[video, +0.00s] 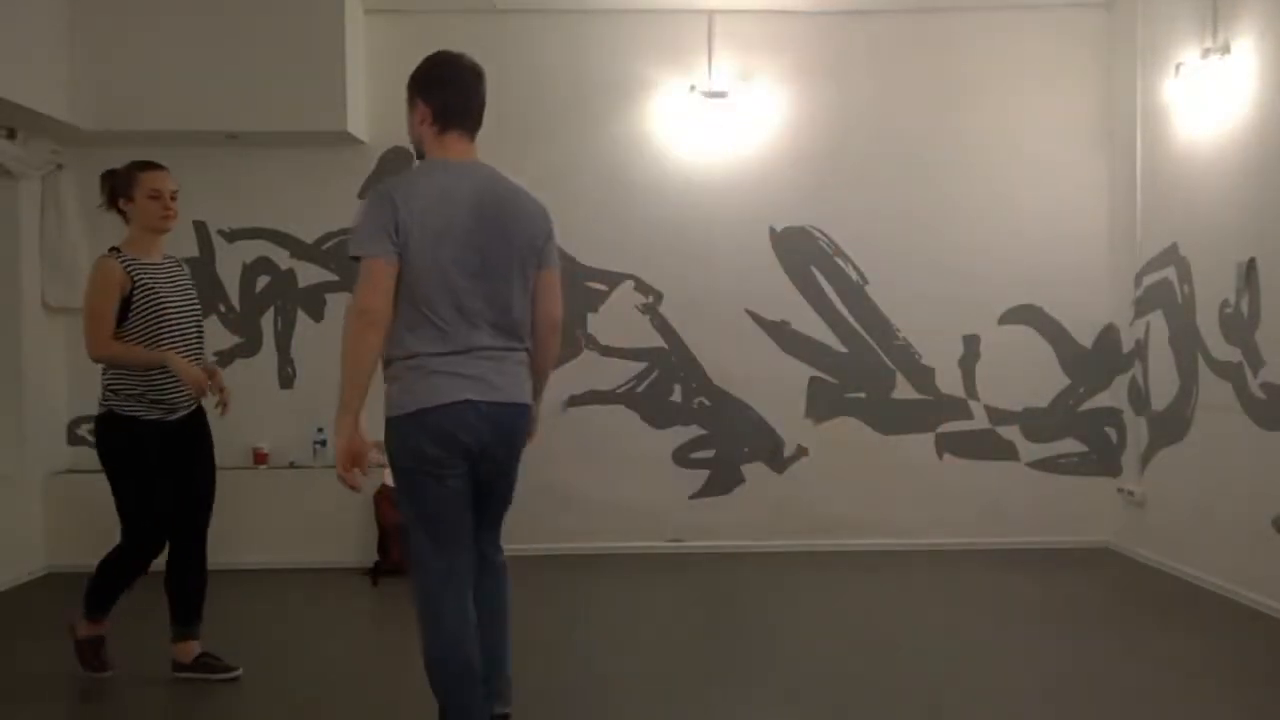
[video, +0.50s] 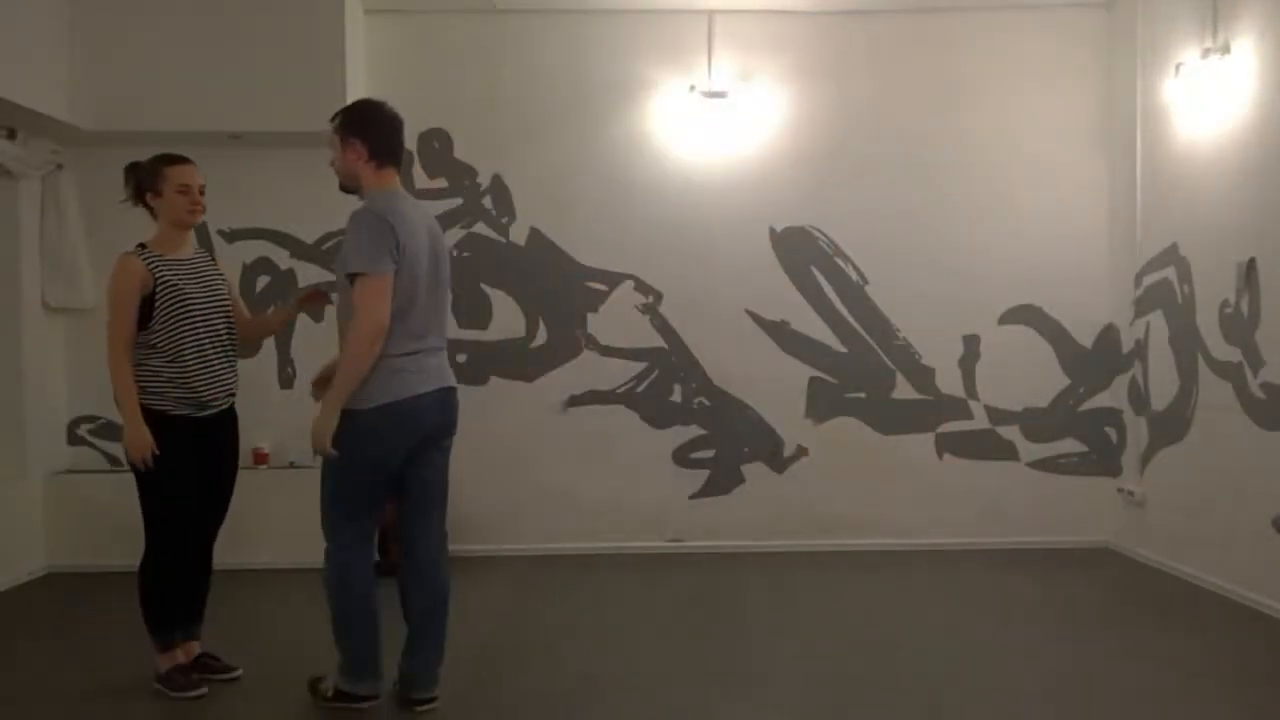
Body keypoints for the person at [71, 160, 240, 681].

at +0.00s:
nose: (169, 205)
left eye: (173, 196)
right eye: (156, 197)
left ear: (178, 203)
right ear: (126, 205)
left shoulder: (176, 267)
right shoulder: (113, 266)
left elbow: (173, 341)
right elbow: (99, 346)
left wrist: (207, 371)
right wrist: (170, 359)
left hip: (185, 422)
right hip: (131, 425)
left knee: (191, 536)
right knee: (146, 536)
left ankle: (187, 649)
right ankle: (90, 623)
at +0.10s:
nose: (178, 205)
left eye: (182, 196)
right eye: (165, 197)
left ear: (187, 203)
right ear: (135, 204)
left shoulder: (188, 267)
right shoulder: (120, 267)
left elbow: (192, 344)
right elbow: (108, 347)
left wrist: (233, 367)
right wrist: (173, 377)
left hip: (195, 421)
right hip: (140, 425)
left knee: (195, 535)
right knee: (167, 537)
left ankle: (186, 650)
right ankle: (111, 618)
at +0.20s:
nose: (185, 202)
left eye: (190, 194)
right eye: (172, 193)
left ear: (194, 201)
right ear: (142, 200)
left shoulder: (198, 266)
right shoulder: (125, 266)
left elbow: (208, 342)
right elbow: (119, 350)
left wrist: (255, 357)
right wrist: (168, 402)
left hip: (204, 418)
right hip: (146, 421)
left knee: (198, 537)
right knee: (176, 535)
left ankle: (188, 650)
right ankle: (145, 645)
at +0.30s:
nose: (190, 201)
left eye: (194, 193)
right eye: (178, 192)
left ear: (198, 199)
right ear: (147, 200)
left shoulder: (201, 266)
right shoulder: (131, 267)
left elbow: (218, 345)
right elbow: (125, 354)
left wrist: (273, 345)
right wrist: (151, 417)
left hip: (208, 419)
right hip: (156, 424)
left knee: (198, 538)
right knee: (173, 539)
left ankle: (190, 649)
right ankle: (169, 659)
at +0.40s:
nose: (195, 200)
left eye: (198, 191)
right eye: (182, 191)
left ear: (201, 198)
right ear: (151, 199)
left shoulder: (206, 266)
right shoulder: (135, 265)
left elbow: (231, 341)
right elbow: (122, 352)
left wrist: (284, 330)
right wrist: (138, 422)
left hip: (213, 420)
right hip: (163, 423)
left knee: (199, 537)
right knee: (171, 540)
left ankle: (189, 650)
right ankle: (168, 660)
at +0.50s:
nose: (197, 199)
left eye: (201, 191)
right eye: (185, 191)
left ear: (203, 199)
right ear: (154, 199)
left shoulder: (208, 266)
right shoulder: (136, 266)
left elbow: (247, 337)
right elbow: (119, 350)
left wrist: (295, 306)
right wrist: (132, 422)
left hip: (217, 422)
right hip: (165, 426)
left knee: (200, 539)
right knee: (167, 542)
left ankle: (189, 650)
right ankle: (167, 660)